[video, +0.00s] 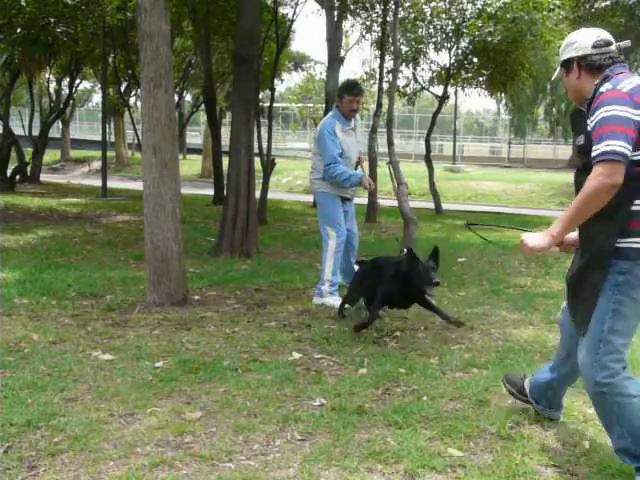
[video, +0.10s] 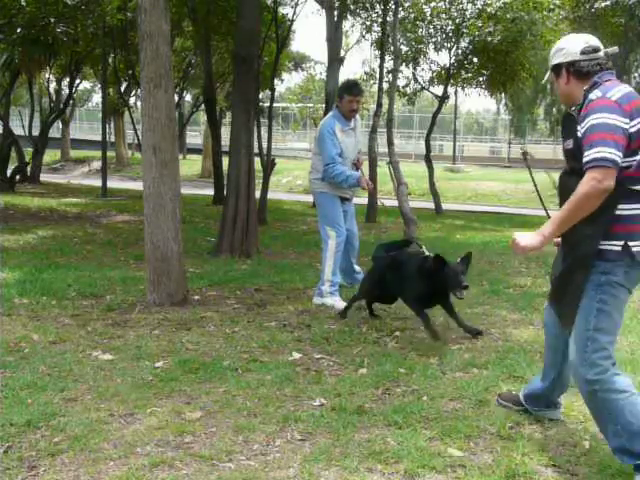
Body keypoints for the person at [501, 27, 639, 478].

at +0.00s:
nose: (564, 86)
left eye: (565, 76)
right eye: (564, 77)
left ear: (582, 70)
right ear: (595, 66)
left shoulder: (615, 98)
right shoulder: (616, 94)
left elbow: (608, 176)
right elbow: (619, 184)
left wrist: (552, 233)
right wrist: (581, 235)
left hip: (627, 251)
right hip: (608, 248)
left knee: (601, 364)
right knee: (575, 321)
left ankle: (635, 458)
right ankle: (546, 394)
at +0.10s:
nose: (554, 89)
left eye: (555, 79)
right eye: (554, 80)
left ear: (570, 74)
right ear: (586, 71)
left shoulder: (604, 104)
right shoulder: (611, 99)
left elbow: (599, 182)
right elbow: (604, 180)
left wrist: (544, 233)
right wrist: (564, 232)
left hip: (616, 248)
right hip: (596, 244)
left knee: (591, 364)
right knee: (558, 315)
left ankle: (638, 459)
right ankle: (543, 399)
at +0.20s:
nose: (547, 90)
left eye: (547, 80)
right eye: (546, 81)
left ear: (561, 74)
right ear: (579, 71)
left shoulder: (590, 103)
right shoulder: (602, 97)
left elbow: (592, 178)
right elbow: (600, 178)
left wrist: (540, 235)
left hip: (603, 242)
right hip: (587, 237)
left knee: (568, 348)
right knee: (540, 312)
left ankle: (636, 450)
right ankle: (540, 399)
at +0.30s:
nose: (539, 89)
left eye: (539, 79)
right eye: (537, 80)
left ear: (553, 74)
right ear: (570, 69)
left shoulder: (578, 99)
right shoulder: (597, 92)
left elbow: (578, 175)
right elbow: (604, 173)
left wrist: (531, 233)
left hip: (594, 235)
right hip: (593, 231)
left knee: (549, 340)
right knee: (539, 308)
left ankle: (620, 450)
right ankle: (539, 398)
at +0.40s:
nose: (536, 89)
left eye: (535, 80)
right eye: (535, 81)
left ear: (547, 74)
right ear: (571, 68)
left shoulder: (570, 96)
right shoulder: (596, 92)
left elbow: (557, 173)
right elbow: (614, 170)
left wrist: (508, 227)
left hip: (592, 235)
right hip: (595, 231)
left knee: (550, 346)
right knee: (537, 307)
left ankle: (605, 457)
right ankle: (540, 396)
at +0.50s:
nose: (533, 90)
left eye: (532, 81)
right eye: (533, 82)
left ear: (544, 76)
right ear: (574, 70)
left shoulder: (565, 97)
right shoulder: (608, 101)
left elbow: (534, 174)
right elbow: (625, 171)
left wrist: (484, 221)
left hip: (585, 236)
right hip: (598, 231)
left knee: (551, 348)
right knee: (531, 301)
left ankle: (605, 456)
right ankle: (535, 391)